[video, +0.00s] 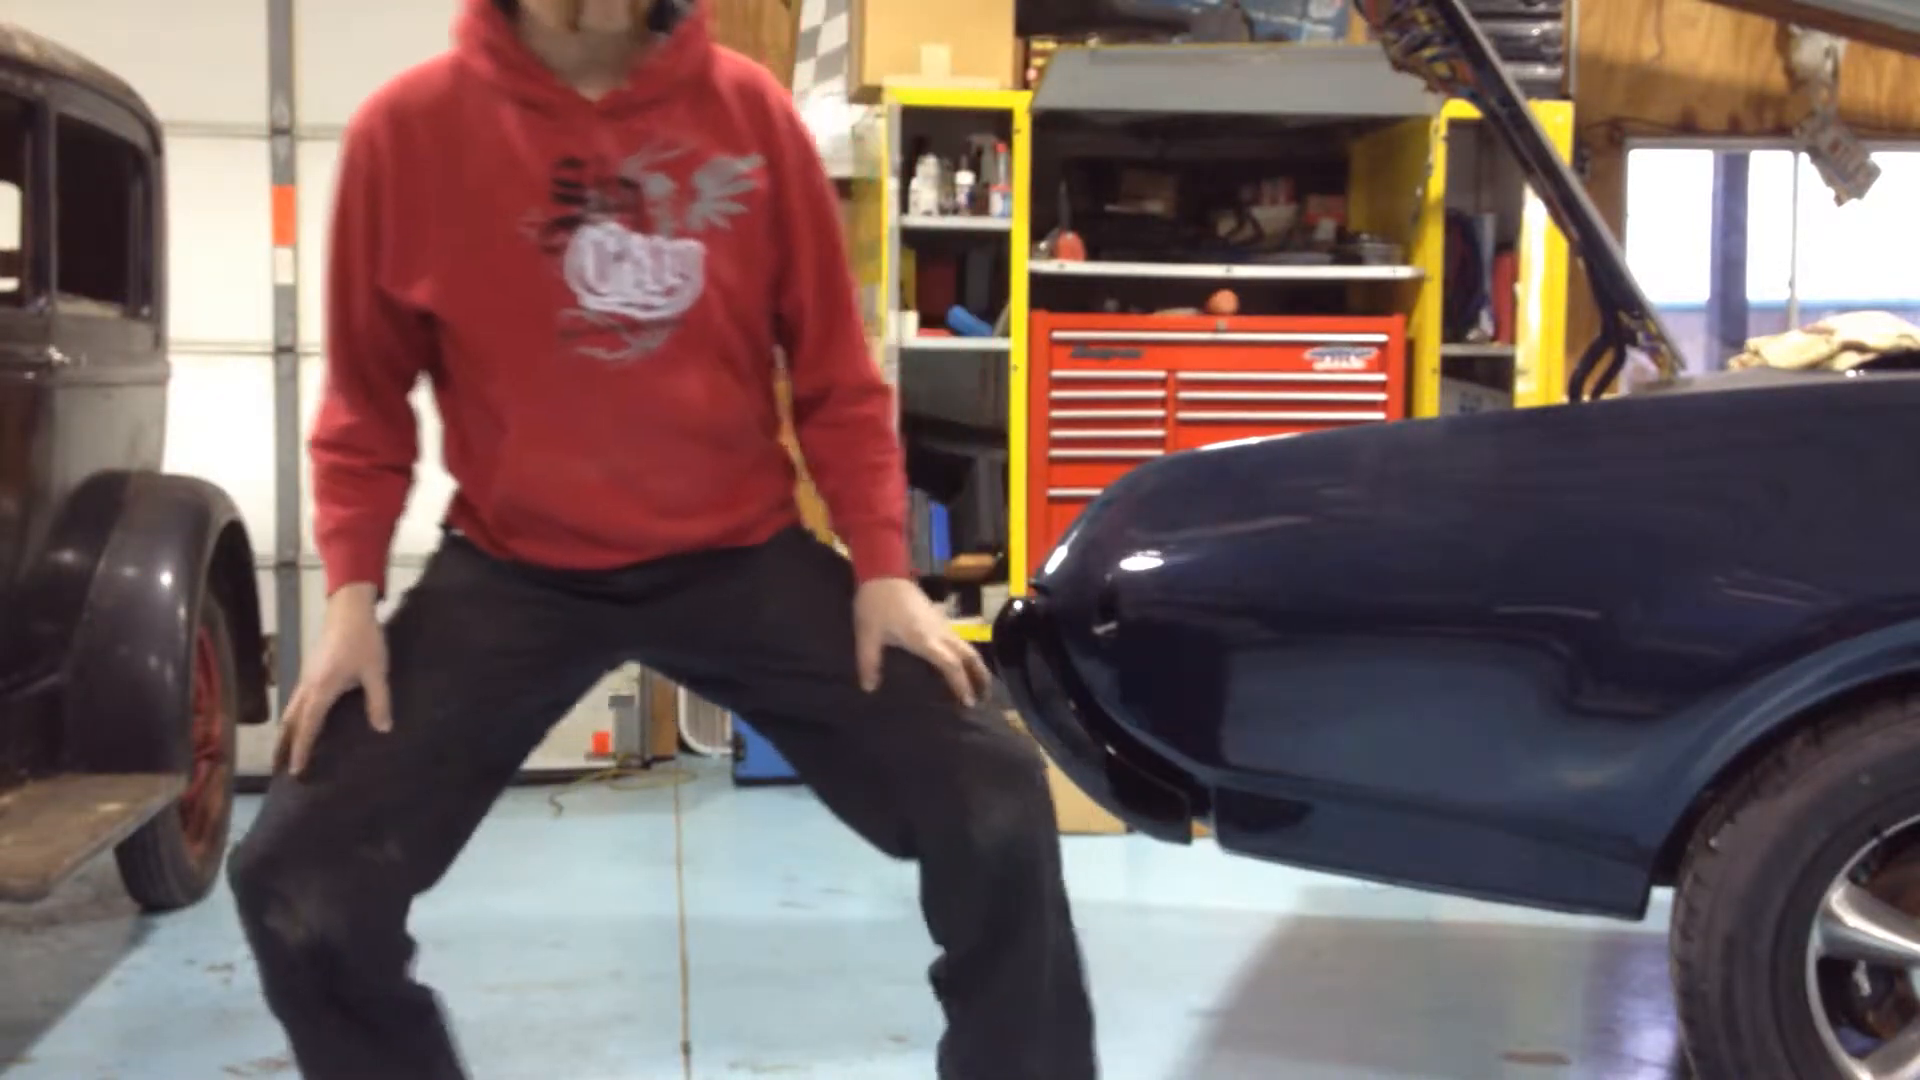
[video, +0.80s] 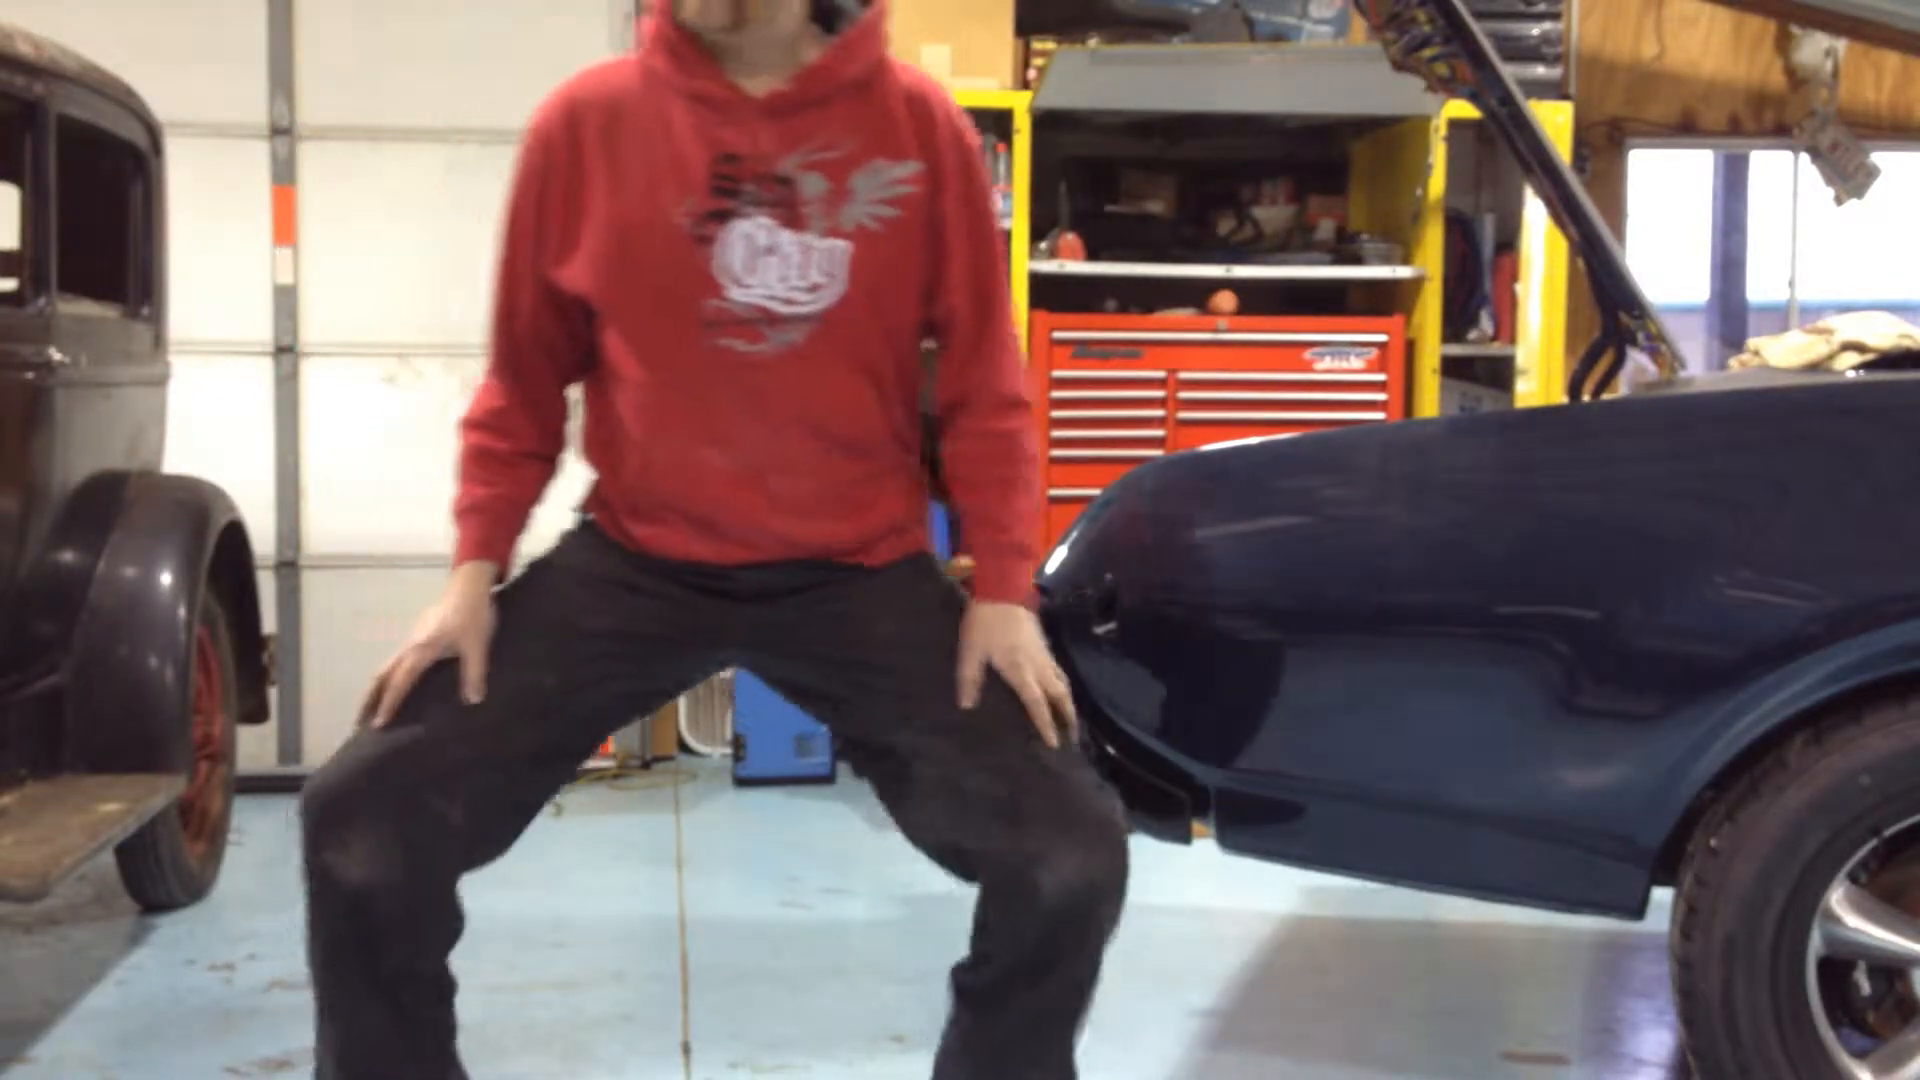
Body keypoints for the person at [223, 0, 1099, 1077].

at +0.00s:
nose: (631, 8)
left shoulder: (749, 113)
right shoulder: (408, 132)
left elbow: (834, 363)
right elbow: (364, 386)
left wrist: (884, 567)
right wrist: (351, 593)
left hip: (740, 561)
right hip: (514, 571)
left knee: (990, 792)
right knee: (302, 877)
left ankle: (1022, 1062)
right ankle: (404, 1067)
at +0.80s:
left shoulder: (920, 128)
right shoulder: (587, 123)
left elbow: (982, 375)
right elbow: (524, 370)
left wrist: (1004, 588)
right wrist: (474, 570)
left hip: (859, 579)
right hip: (634, 566)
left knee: (1068, 847)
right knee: (366, 816)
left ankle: (996, 1073)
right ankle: (395, 1072)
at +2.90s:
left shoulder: (779, 23)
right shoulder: (627, 7)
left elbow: (750, 193)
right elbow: (457, 180)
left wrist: (809, 245)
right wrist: (652, 208)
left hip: (671, 442)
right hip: (579, 425)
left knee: (775, 796)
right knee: (641, 833)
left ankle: (672, 1069)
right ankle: (457, 1070)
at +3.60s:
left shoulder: (861, 20)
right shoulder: (760, 5)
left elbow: (762, 226)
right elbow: (577, 163)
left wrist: (895, 343)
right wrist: (775, 339)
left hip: (763, 439)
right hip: (740, 444)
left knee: (835, 856)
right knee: (865, 867)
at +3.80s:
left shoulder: (872, 17)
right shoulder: (752, 5)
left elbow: (761, 189)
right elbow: (568, 130)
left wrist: (901, 325)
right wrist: (754, 308)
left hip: (781, 435)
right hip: (723, 437)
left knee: (839, 868)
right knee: (861, 869)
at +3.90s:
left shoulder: (886, 19)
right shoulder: (748, 5)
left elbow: (785, 194)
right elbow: (545, 109)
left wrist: (911, 323)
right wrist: (753, 261)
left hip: (804, 445)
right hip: (718, 438)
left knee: (915, 850)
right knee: (838, 900)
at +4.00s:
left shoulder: (894, 18)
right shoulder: (740, 6)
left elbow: (788, 190)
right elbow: (539, 113)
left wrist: (917, 325)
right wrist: (746, 263)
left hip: (814, 457)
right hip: (712, 446)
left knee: (924, 833)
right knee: (838, 924)